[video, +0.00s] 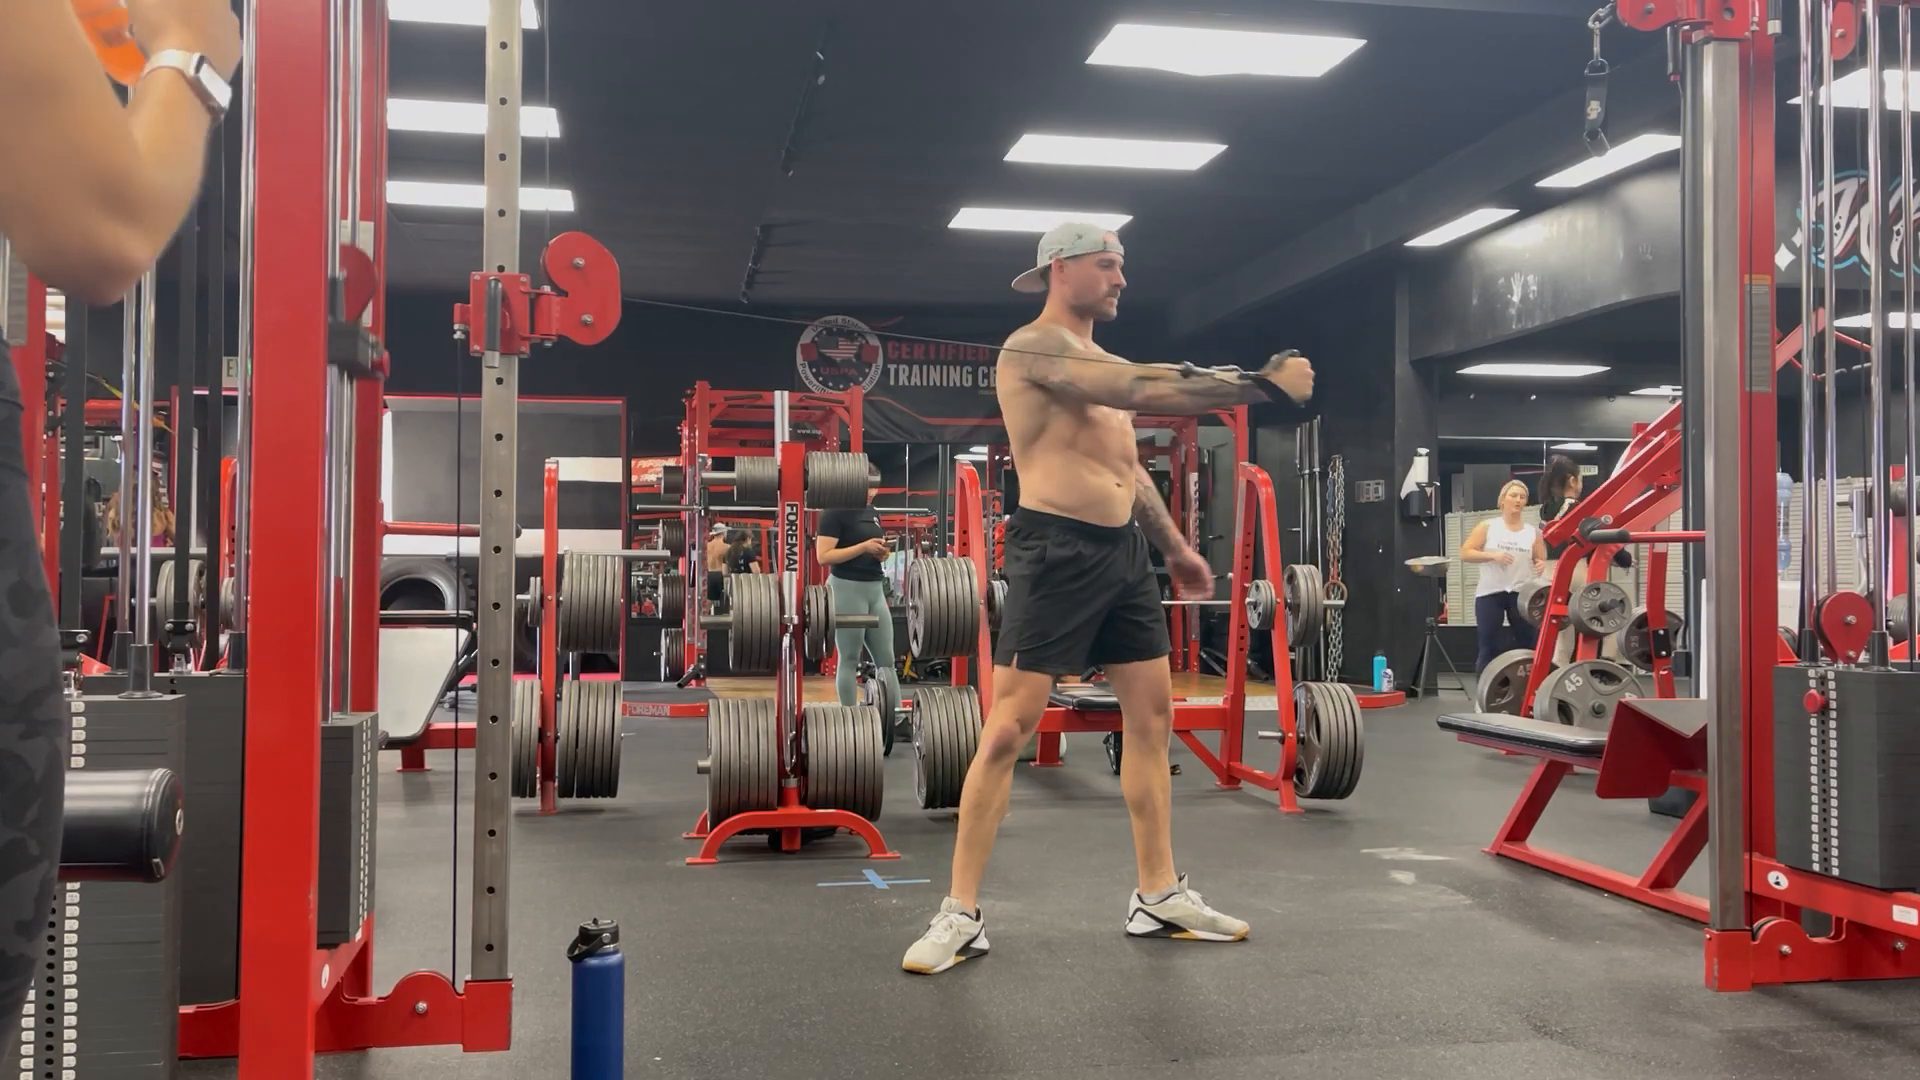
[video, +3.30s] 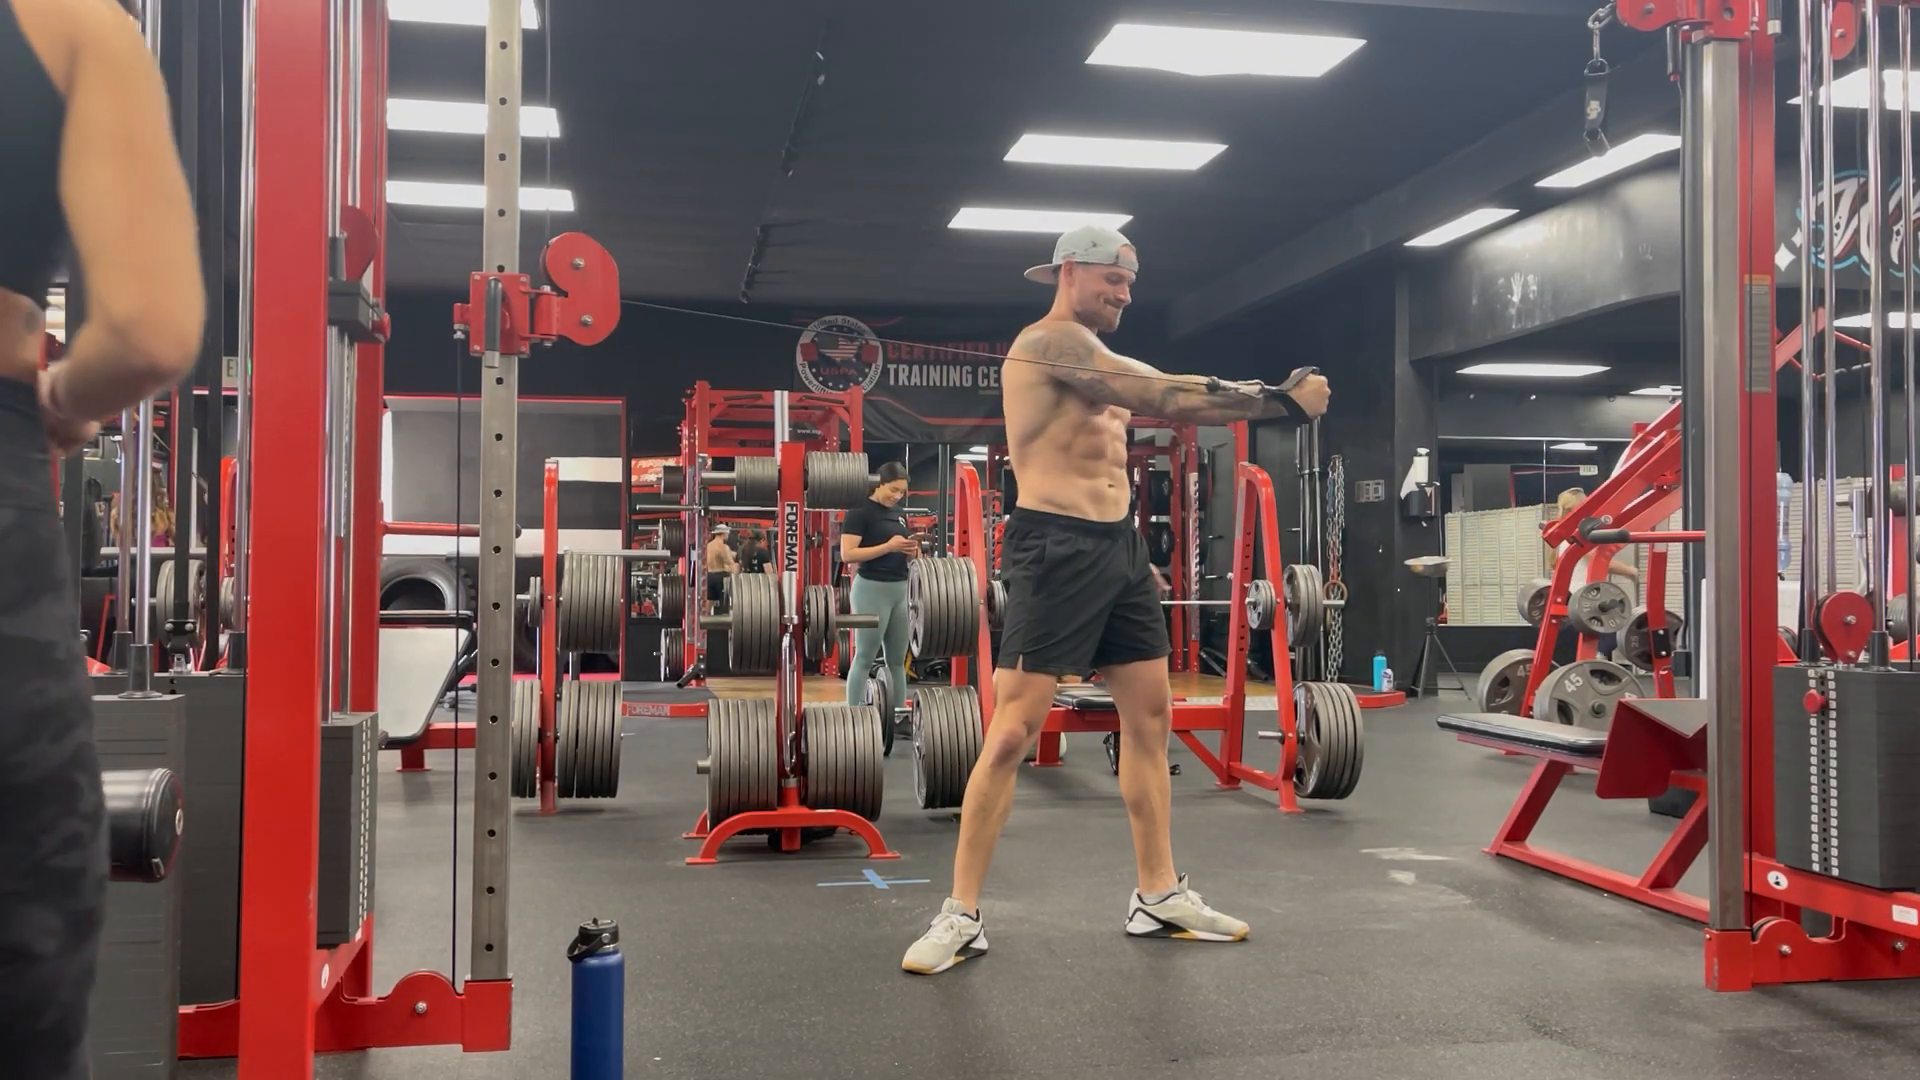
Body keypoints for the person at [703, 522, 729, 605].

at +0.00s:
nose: (726, 534)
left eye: (726, 532)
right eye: (725, 532)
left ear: (714, 533)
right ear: (723, 533)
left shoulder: (708, 545)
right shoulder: (726, 547)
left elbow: (706, 560)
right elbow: (728, 562)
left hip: (710, 572)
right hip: (721, 573)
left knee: (710, 600)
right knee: (722, 601)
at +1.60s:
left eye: (712, 534)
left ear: (713, 534)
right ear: (723, 534)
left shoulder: (708, 547)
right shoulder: (732, 546)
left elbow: (705, 561)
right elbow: (739, 558)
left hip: (712, 573)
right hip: (728, 573)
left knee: (710, 600)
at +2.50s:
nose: (725, 535)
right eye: (725, 533)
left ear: (714, 533)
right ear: (724, 534)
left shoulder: (708, 545)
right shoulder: (726, 547)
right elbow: (735, 558)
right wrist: (730, 567)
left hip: (710, 572)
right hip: (723, 572)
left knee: (709, 600)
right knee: (723, 601)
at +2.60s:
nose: (727, 535)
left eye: (727, 533)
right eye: (726, 533)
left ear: (715, 534)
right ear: (723, 534)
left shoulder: (709, 545)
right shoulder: (724, 546)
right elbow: (732, 559)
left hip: (710, 572)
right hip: (722, 572)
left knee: (710, 599)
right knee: (723, 599)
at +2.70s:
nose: (728, 535)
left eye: (728, 533)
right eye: (727, 533)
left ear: (717, 534)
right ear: (723, 534)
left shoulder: (709, 545)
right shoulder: (722, 547)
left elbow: (728, 552)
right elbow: (729, 561)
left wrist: (735, 555)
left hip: (711, 572)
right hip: (722, 573)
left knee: (711, 600)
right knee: (723, 600)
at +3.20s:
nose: (728, 536)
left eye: (728, 534)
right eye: (727, 534)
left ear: (718, 534)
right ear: (723, 534)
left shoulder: (710, 545)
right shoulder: (722, 547)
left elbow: (727, 552)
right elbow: (726, 564)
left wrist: (735, 555)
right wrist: (733, 574)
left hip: (711, 572)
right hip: (721, 572)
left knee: (710, 599)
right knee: (722, 600)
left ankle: (707, 616)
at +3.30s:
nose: (727, 536)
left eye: (727, 534)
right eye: (727, 534)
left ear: (716, 533)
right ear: (723, 534)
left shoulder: (709, 545)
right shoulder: (723, 546)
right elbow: (728, 560)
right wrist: (734, 567)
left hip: (711, 572)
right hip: (721, 572)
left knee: (710, 599)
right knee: (723, 599)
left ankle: (707, 616)